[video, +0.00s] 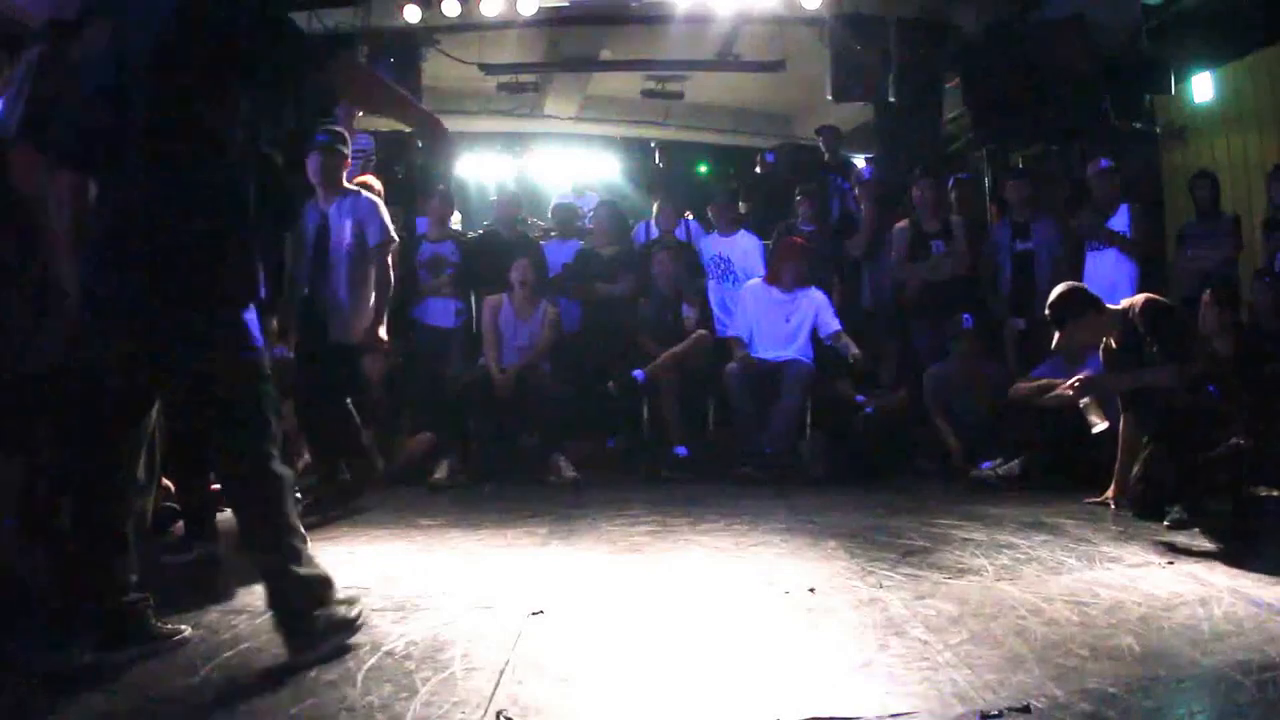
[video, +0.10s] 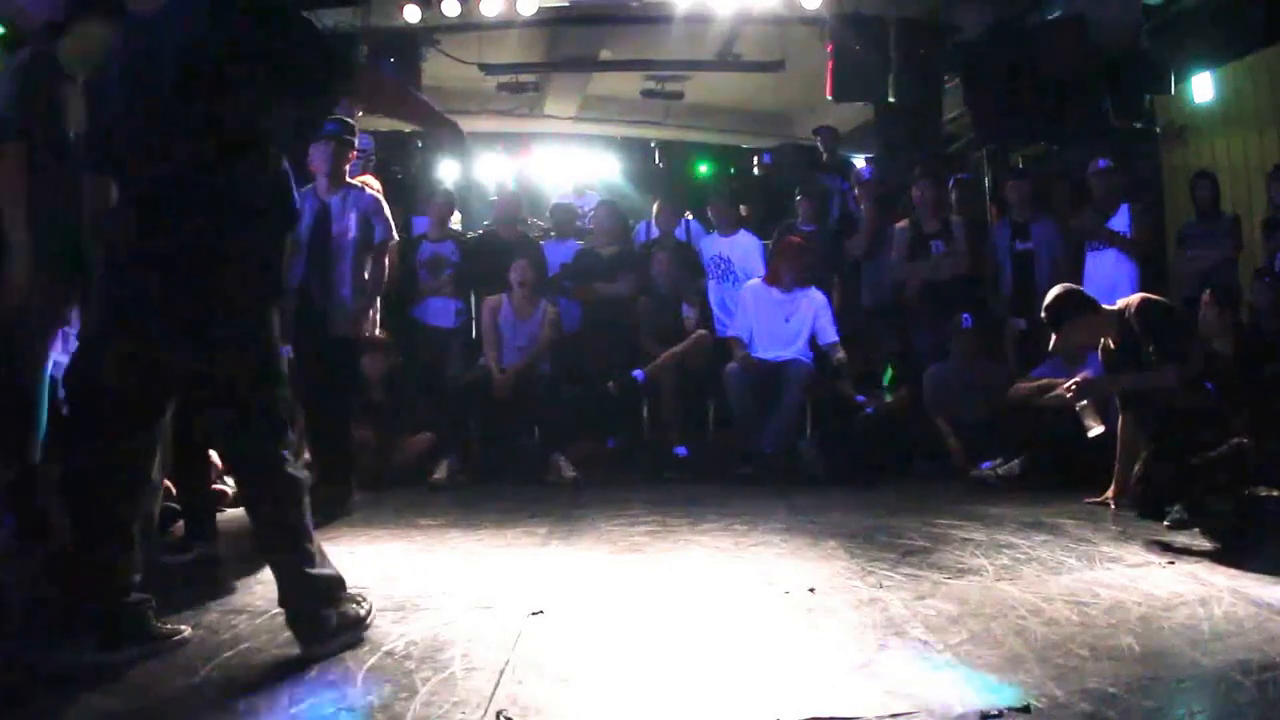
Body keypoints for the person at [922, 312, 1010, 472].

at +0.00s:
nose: (966, 347)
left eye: (971, 340)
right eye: (960, 341)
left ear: (978, 342)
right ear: (951, 343)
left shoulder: (992, 371)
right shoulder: (937, 376)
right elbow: (936, 414)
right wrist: (954, 445)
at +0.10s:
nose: (966, 345)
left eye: (970, 339)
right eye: (960, 340)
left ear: (978, 340)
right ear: (952, 341)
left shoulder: (993, 373)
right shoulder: (936, 375)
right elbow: (936, 414)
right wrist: (953, 443)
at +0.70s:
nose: (963, 344)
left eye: (968, 339)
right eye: (959, 339)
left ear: (976, 341)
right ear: (950, 342)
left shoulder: (991, 373)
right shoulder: (935, 375)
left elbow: (987, 414)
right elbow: (937, 416)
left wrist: (974, 453)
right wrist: (954, 449)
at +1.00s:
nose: (963, 351)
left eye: (968, 345)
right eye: (959, 345)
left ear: (975, 346)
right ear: (951, 346)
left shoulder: (988, 374)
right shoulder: (935, 375)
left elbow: (985, 416)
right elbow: (936, 415)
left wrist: (973, 453)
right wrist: (955, 448)